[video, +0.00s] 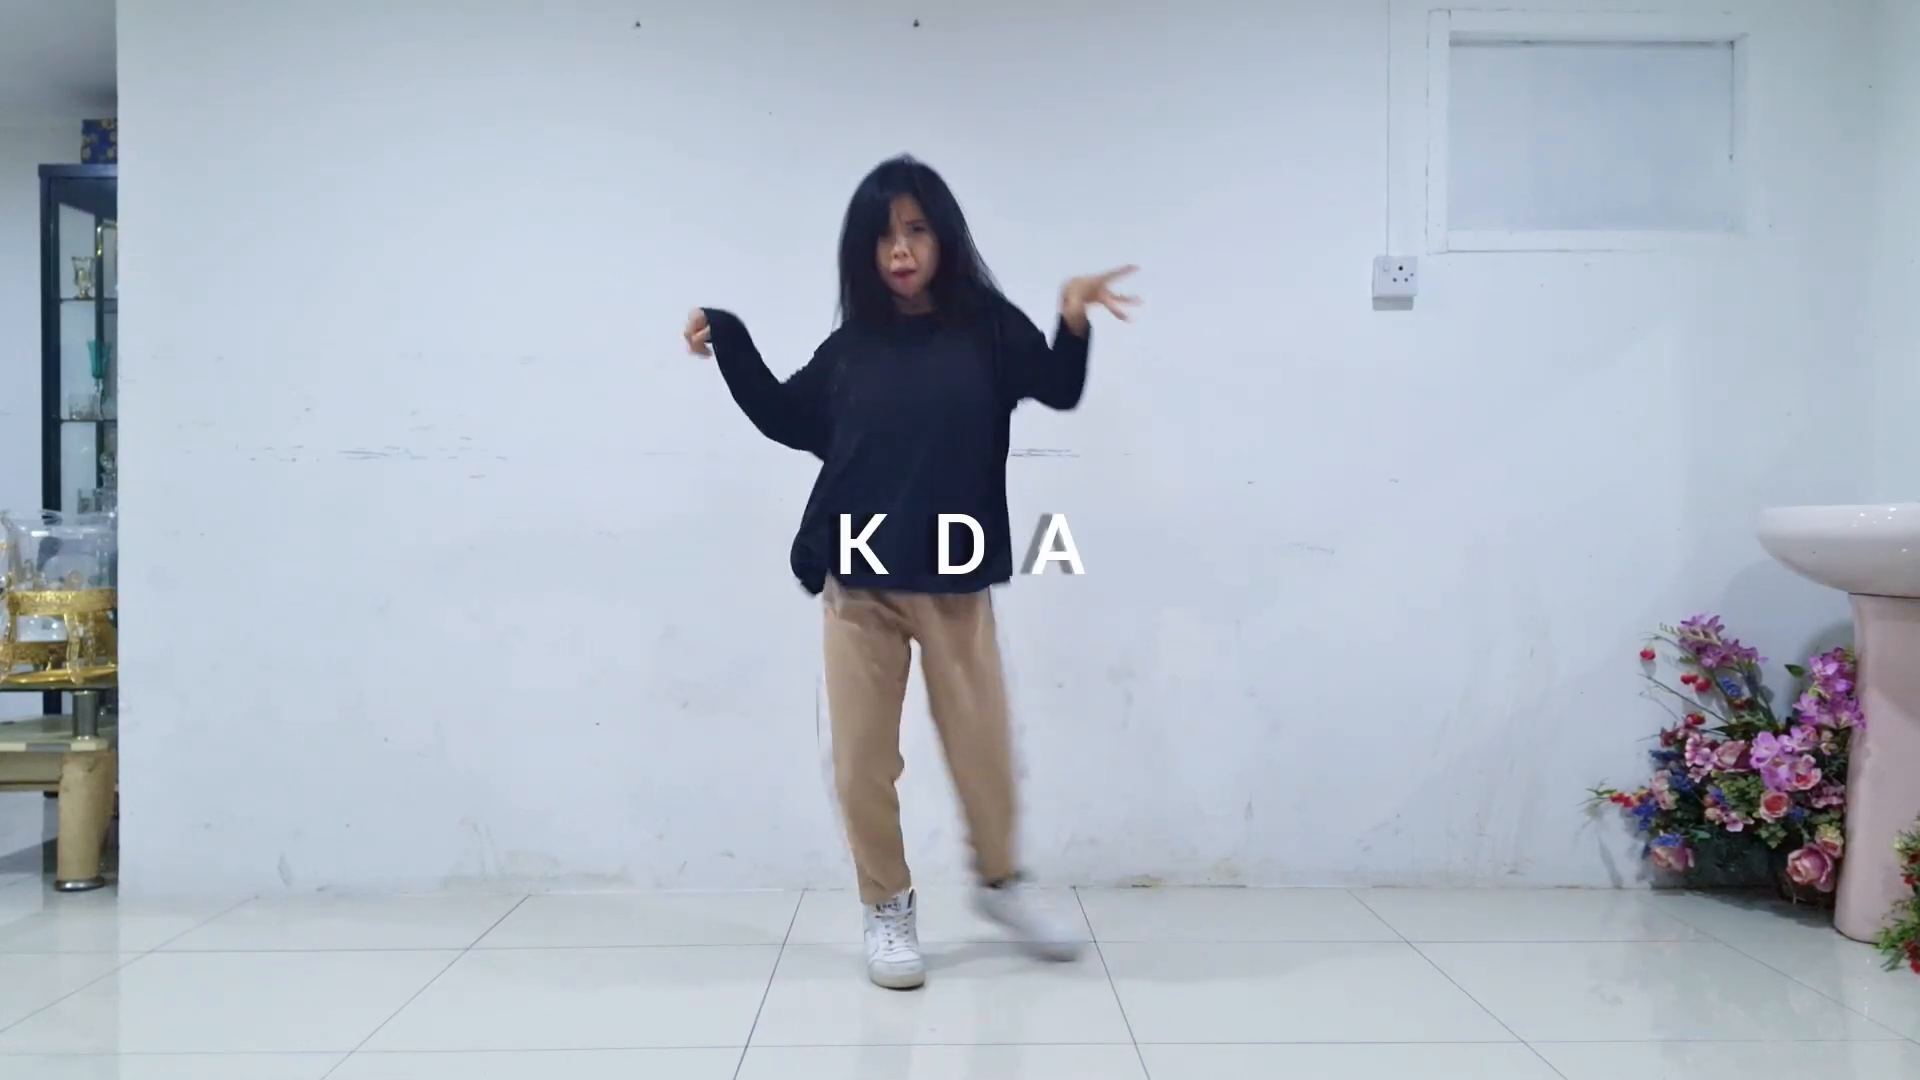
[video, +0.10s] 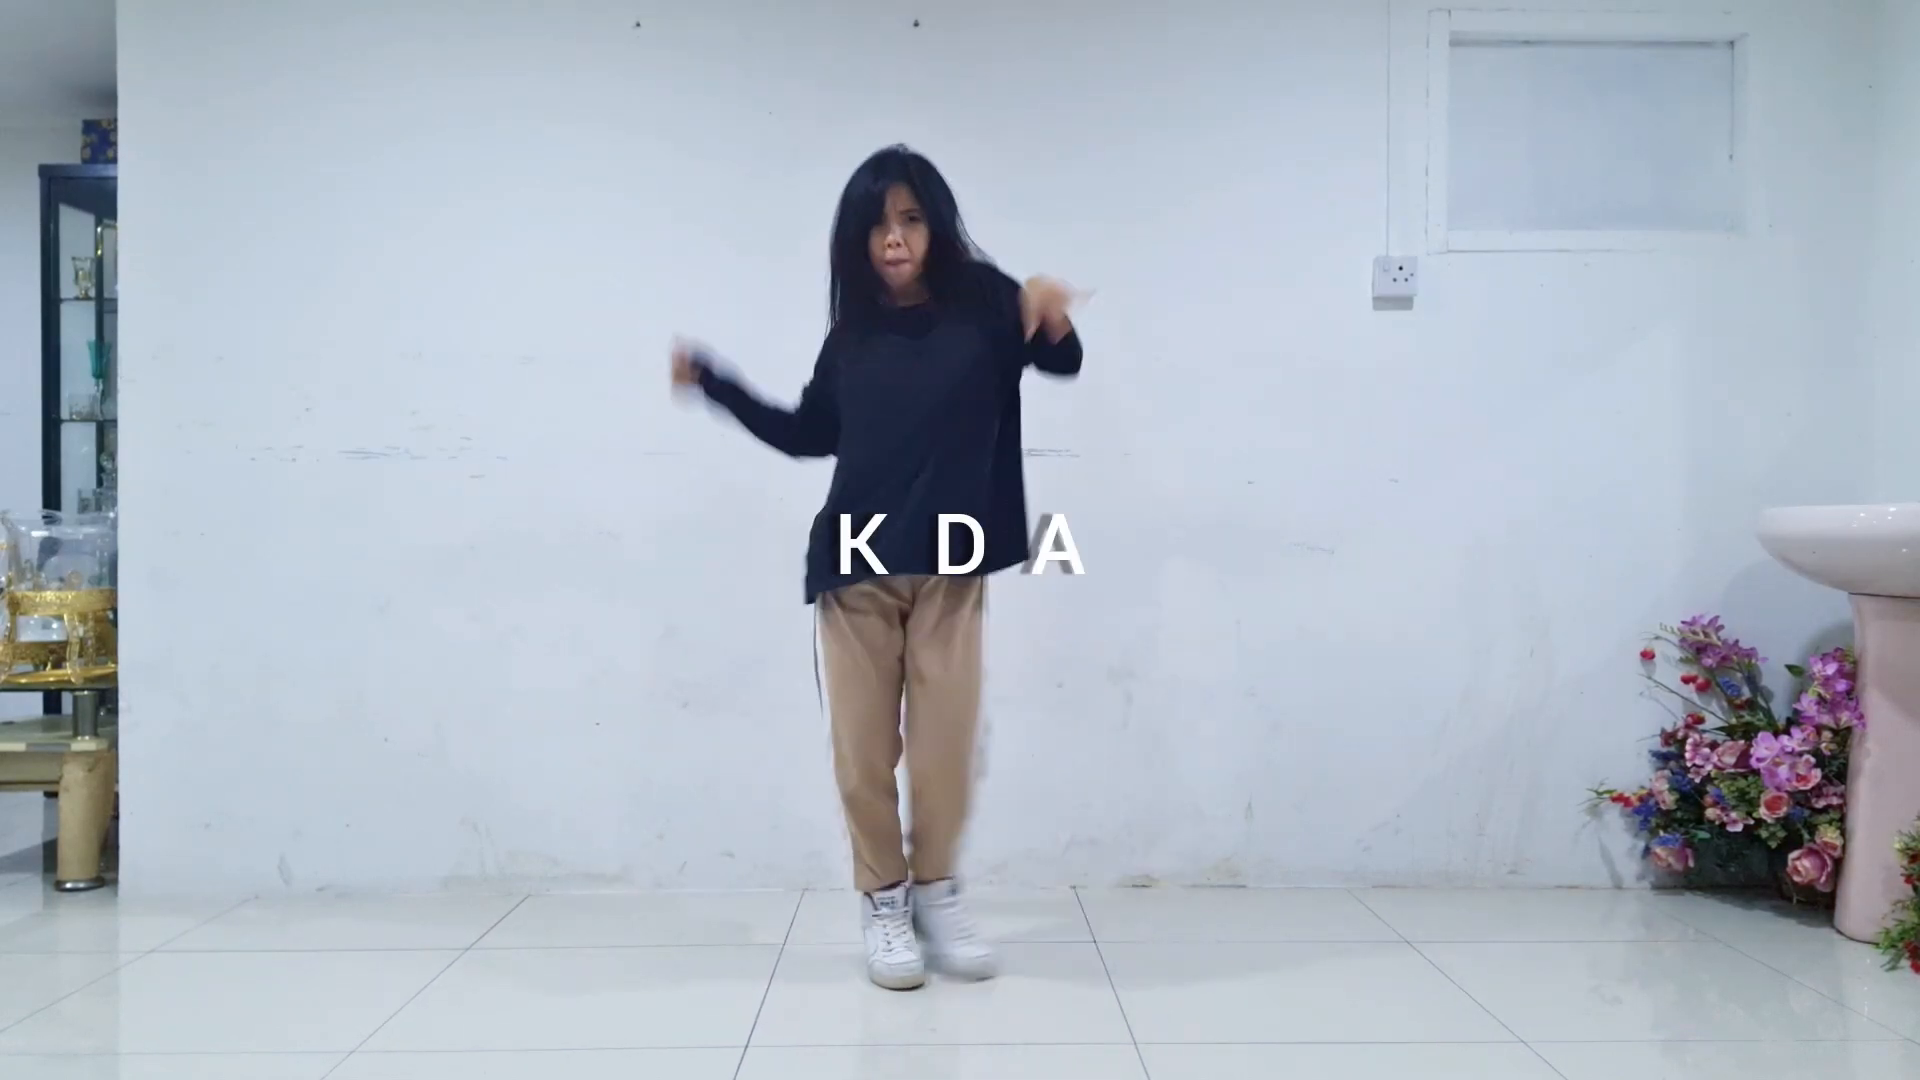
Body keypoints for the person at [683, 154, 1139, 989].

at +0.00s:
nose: (901, 254)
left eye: (917, 235)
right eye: (885, 239)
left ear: (945, 240)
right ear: (864, 250)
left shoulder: (989, 324)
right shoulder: (850, 344)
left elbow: (1061, 389)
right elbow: (787, 418)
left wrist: (1072, 319)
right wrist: (731, 342)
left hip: (956, 586)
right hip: (857, 588)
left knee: (984, 748)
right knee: (861, 764)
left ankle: (1000, 885)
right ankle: (886, 911)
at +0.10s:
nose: (894, 242)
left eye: (910, 223)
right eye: (877, 227)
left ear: (938, 227)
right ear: (855, 239)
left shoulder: (987, 299)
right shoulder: (851, 334)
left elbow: (1062, 366)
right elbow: (807, 435)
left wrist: (1050, 310)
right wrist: (715, 383)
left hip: (956, 568)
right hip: (856, 570)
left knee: (946, 742)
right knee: (862, 750)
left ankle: (936, 896)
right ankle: (883, 907)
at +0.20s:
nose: (893, 240)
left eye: (909, 222)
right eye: (875, 226)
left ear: (934, 229)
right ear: (853, 239)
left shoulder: (978, 288)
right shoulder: (847, 333)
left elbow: (1054, 343)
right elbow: (840, 468)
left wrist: (1017, 367)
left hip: (952, 561)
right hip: (857, 565)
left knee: (920, 742)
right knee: (860, 751)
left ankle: (933, 897)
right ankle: (875, 908)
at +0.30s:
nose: (892, 243)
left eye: (908, 227)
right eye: (876, 228)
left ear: (932, 237)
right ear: (852, 240)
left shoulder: (980, 325)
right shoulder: (836, 341)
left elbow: (1011, 433)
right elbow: (831, 463)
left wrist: (1026, 530)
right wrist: (858, 573)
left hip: (963, 570)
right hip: (868, 572)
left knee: (938, 736)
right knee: (866, 758)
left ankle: (955, 871)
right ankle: (882, 911)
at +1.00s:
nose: (927, 264)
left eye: (943, 256)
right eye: (911, 251)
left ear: (962, 281)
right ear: (881, 272)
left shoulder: (997, 366)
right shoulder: (860, 387)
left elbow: (1066, 427)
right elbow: (823, 497)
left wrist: (1022, 453)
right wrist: (906, 545)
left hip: (976, 614)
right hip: (888, 612)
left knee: (978, 781)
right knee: (904, 774)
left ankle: (932, 897)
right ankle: (870, 912)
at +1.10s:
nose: (954, 261)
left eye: (964, 253)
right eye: (937, 245)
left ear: (971, 273)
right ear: (898, 256)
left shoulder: (980, 346)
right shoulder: (871, 352)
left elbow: (1001, 428)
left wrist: (938, 378)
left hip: (983, 571)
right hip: (898, 574)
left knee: (983, 761)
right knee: (906, 763)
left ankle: (933, 892)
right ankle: (871, 906)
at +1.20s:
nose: (960, 227)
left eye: (970, 217)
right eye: (943, 208)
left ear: (975, 235)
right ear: (901, 216)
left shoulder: (975, 336)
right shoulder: (870, 316)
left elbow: (1056, 330)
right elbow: (905, 368)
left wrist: (1004, 307)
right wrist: (982, 326)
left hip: (990, 546)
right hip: (914, 546)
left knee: (970, 724)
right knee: (901, 725)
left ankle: (938, 885)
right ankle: (872, 896)